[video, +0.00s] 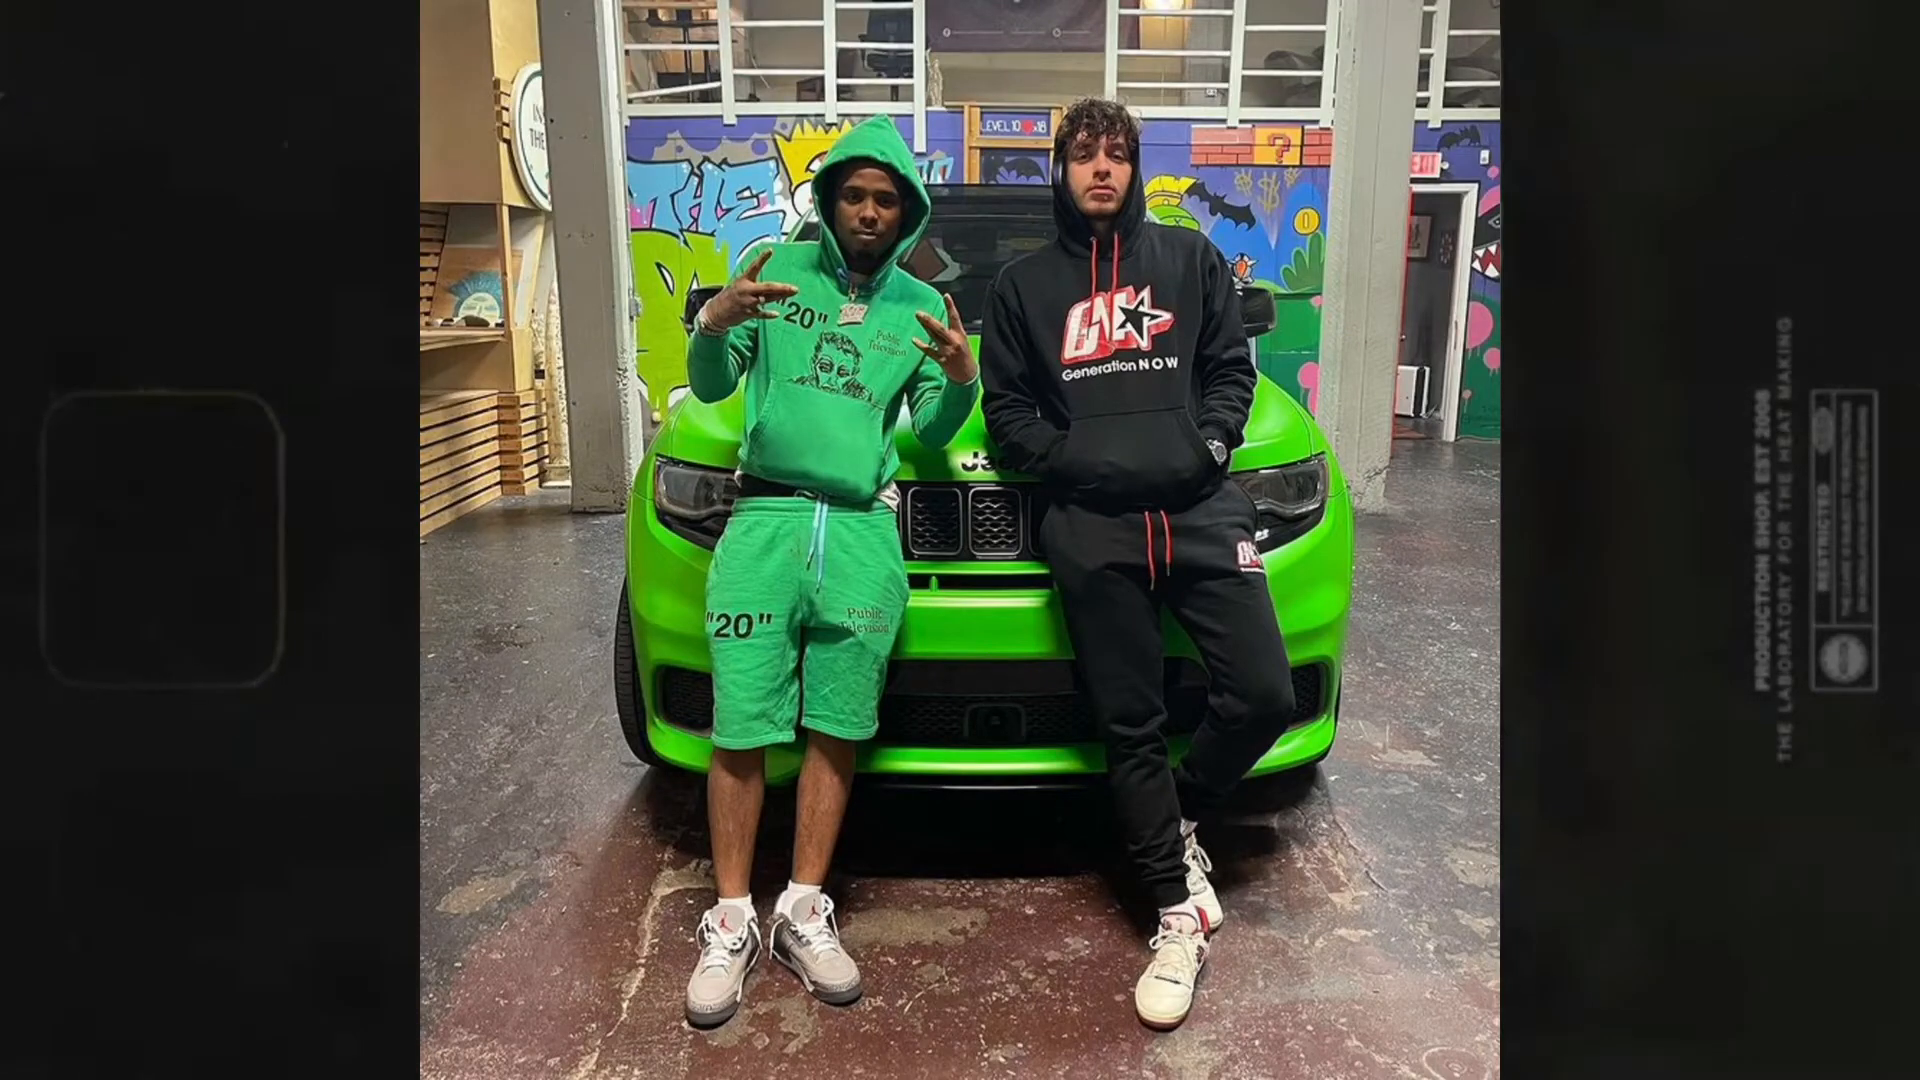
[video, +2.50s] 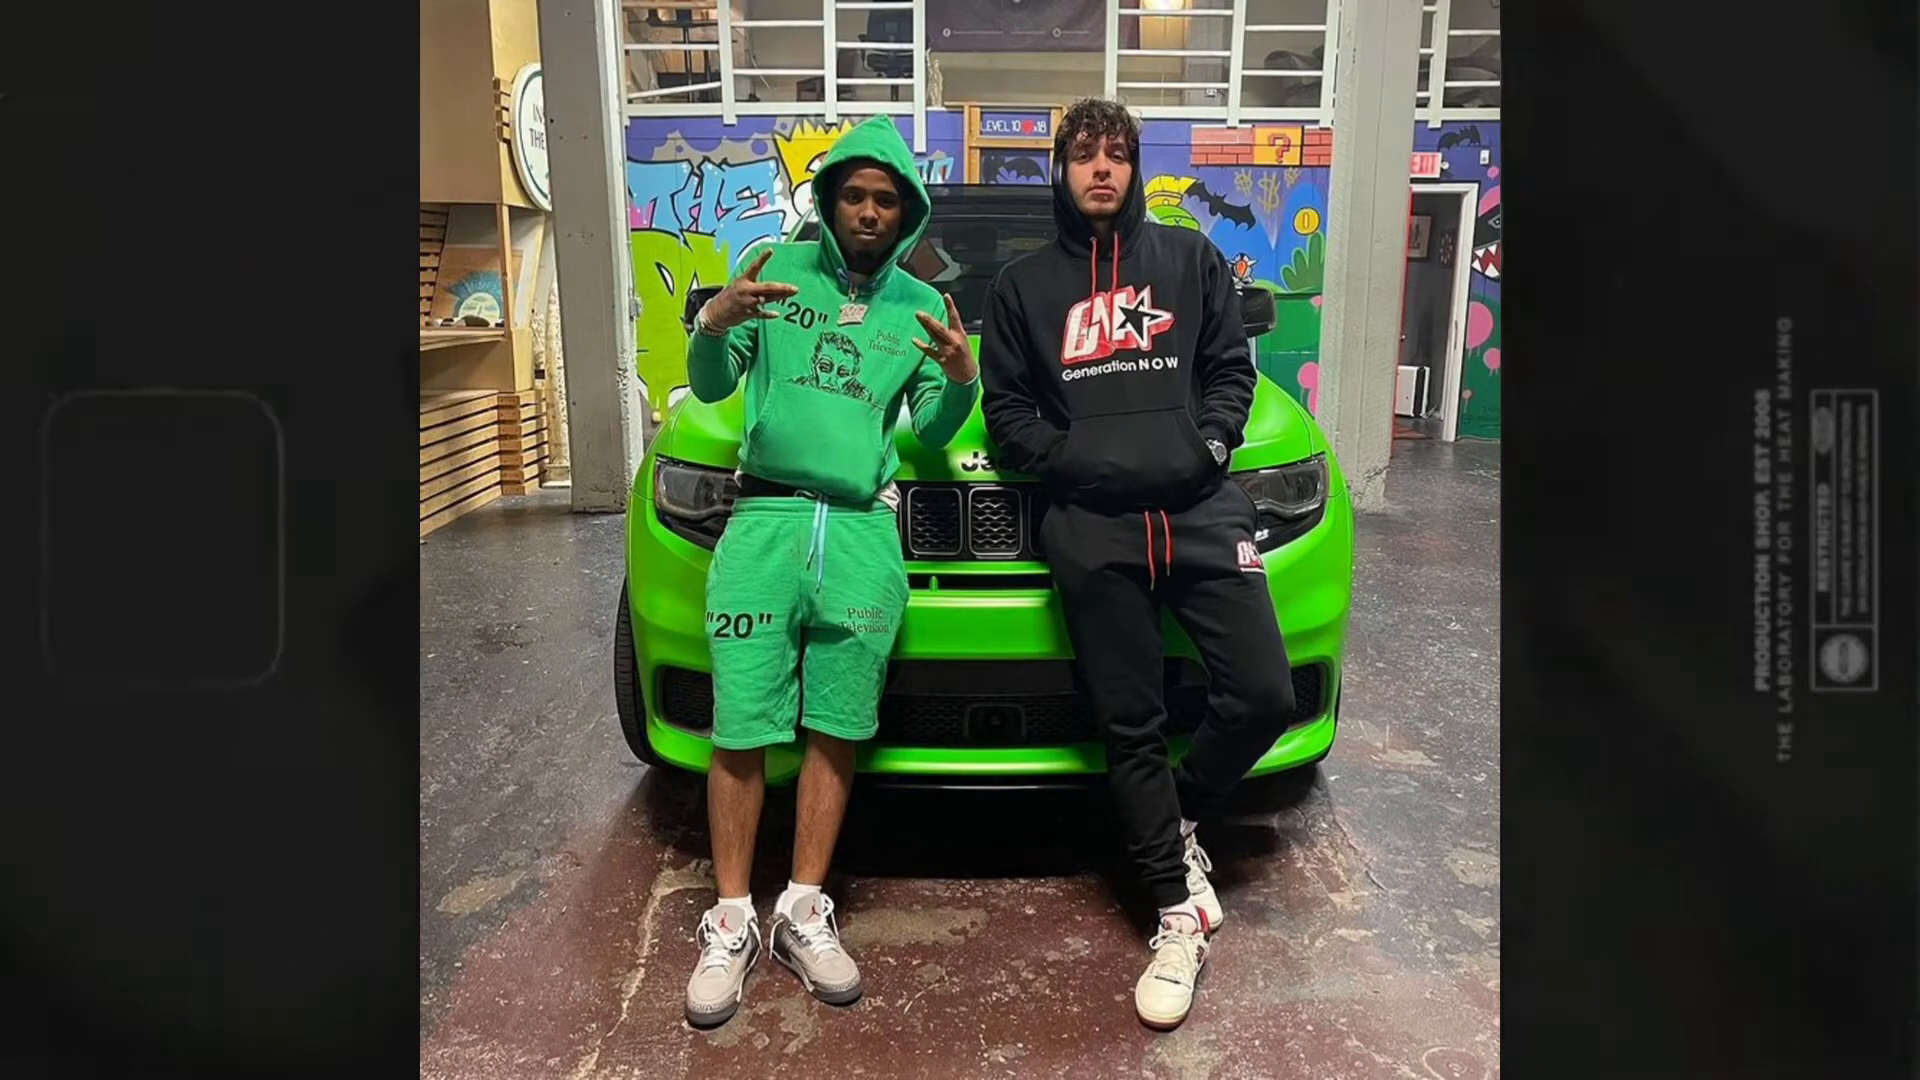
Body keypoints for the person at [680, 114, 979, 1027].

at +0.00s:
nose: (868, 212)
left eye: (884, 198)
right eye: (854, 196)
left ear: (907, 211)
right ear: (827, 202)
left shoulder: (923, 305)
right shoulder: (776, 268)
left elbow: (925, 440)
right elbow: (712, 384)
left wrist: (960, 381)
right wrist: (712, 322)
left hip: (860, 526)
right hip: (762, 517)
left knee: (839, 728)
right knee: (741, 728)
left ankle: (804, 908)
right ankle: (732, 919)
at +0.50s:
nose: (869, 213)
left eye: (885, 199)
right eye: (855, 196)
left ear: (906, 212)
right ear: (827, 202)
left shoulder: (923, 306)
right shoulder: (775, 267)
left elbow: (923, 439)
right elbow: (712, 384)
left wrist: (960, 380)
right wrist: (712, 322)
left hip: (861, 527)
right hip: (764, 517)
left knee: (838, 728)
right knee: (741, 729)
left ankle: (805, 909)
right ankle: (732, 919)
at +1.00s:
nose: (869, 213)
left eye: (885, 199)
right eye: (855, 196)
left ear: (906, 212)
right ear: (827, 202)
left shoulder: (923, 306)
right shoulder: (775, 267)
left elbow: (923, 439)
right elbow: (712, 384)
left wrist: (960, 380)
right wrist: (712, 322)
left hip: (861, 527)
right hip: (764, 516)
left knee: (838, 728)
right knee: (741, 729)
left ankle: (805, 909)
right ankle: (732, 919)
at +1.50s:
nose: (868, 212)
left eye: (885, 198)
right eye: (854, 196)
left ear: (906, 212)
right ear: (827, 203)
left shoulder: (923, 305)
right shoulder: (777, 266)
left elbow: (924, 439)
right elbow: (712, 384)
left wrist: (961, 380)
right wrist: (714, 321)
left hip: (861, 527)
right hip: (763, 517)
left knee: (838, 729)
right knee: (741, 729)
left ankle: (805, 909)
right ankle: (732, 920)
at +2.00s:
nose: (868, 212)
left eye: (885, 198)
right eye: (854, 196)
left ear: (906, 212)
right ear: (827, 203)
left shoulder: (924, 305)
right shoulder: (776, 267)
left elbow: (924, 439)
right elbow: (712, 384)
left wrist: (960, 380)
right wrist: (714, 321)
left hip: (861, 527)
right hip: (763, 517)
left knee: (838, 729)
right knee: (741, 729)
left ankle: (805, 909)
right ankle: (732, 920)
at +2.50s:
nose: (868, 212)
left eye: (884, 198)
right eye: (854, 196)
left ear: (906, 211)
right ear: (827, 202)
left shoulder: (923, 305)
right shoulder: (776, 267)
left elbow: (924, 439)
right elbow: (712, 384)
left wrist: (961, 380)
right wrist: (714, 321)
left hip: (861, 527)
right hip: (763, 516)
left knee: (838, 728)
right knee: (741, 728)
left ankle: (805, 909)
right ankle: (732, 920)